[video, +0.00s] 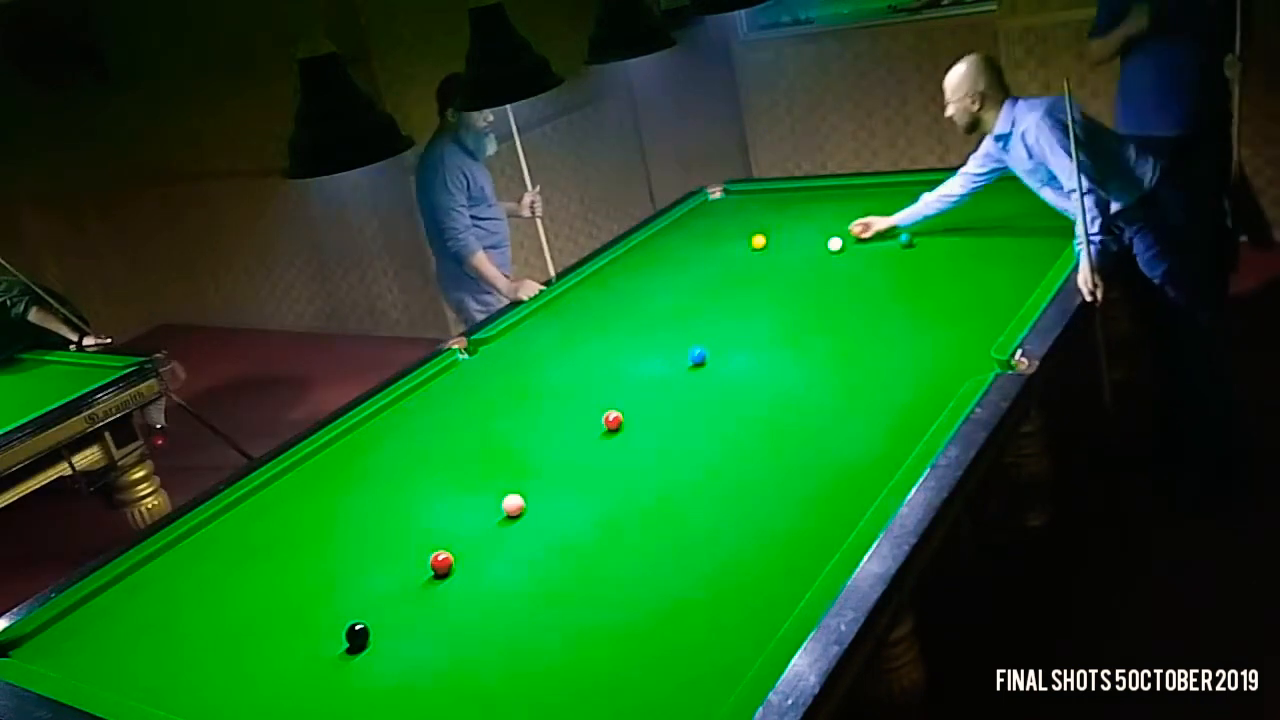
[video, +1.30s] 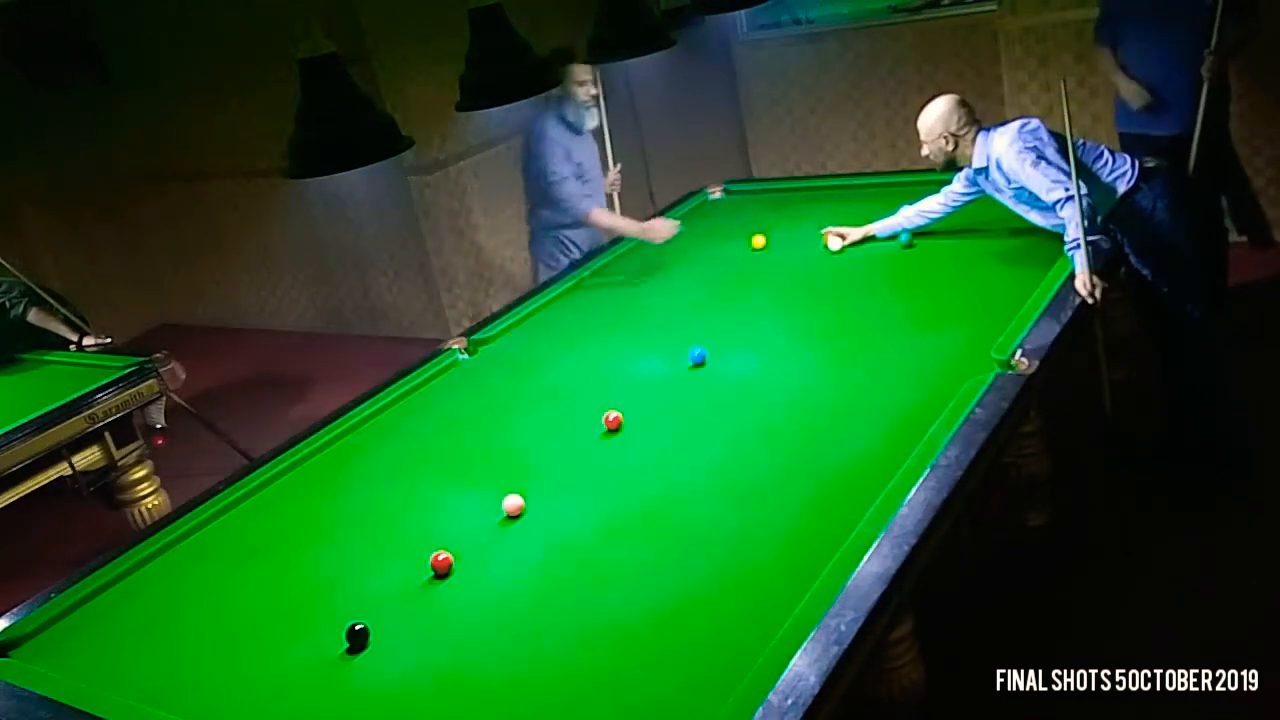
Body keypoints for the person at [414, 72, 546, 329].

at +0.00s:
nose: (490, 118)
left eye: (489, 110)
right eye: (479, 112)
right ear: (452, 116)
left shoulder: (460, 150)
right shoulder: (443, 161)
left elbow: (476, 208)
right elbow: (458, 240)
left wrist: (516, 208)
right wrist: (507, 286)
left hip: (488, 281)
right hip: (474, 288)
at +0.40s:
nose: (512, 115)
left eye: (511, 106)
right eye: (502, 108)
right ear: (476, 113)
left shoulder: (488, 147)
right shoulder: (464, 160)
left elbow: (500, 200)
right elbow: (470, 236)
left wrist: (538, 204)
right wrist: (510, 287)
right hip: (496, 277)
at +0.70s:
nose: (531, 107)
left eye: (530, 98)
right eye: (520, 100)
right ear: (497, 107)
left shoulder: (508, 138)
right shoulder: (486, 154)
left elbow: (521, 192)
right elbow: (478, 228)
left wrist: (557, 196)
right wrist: (512, 286)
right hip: (536, 282)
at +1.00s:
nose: (551, 101)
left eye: (550, 92)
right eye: (540, 94)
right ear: (517, 102)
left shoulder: (532, 136)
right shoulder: (505, 146)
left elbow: (537, 195)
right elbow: (493, 221)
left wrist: (574, 193)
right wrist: (530, 275)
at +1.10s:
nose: (561, 98)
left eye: (559, 88)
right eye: (550, 91)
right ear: (528, 99)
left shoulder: (540, 130)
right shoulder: (512, 143)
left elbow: (545, 191)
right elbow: (512, 219)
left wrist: (581, 190)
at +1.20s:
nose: (574, 94)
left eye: (574, 86)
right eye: (564, 87)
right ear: (543, 92)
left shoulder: (559, 132)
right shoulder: (526, 139)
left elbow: (557, 191)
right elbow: (537, 216)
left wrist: (589, 188)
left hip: (581, 254)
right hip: (554, 263)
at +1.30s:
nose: (592, 92)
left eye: (593, 84)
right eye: (581, 85)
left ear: (598, 86)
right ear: (561, 90)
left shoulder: (577, 127)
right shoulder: (548, 133)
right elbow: (569, 202)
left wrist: (601, 184)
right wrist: (642, 230)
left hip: (592, 238)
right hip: (562, 248)